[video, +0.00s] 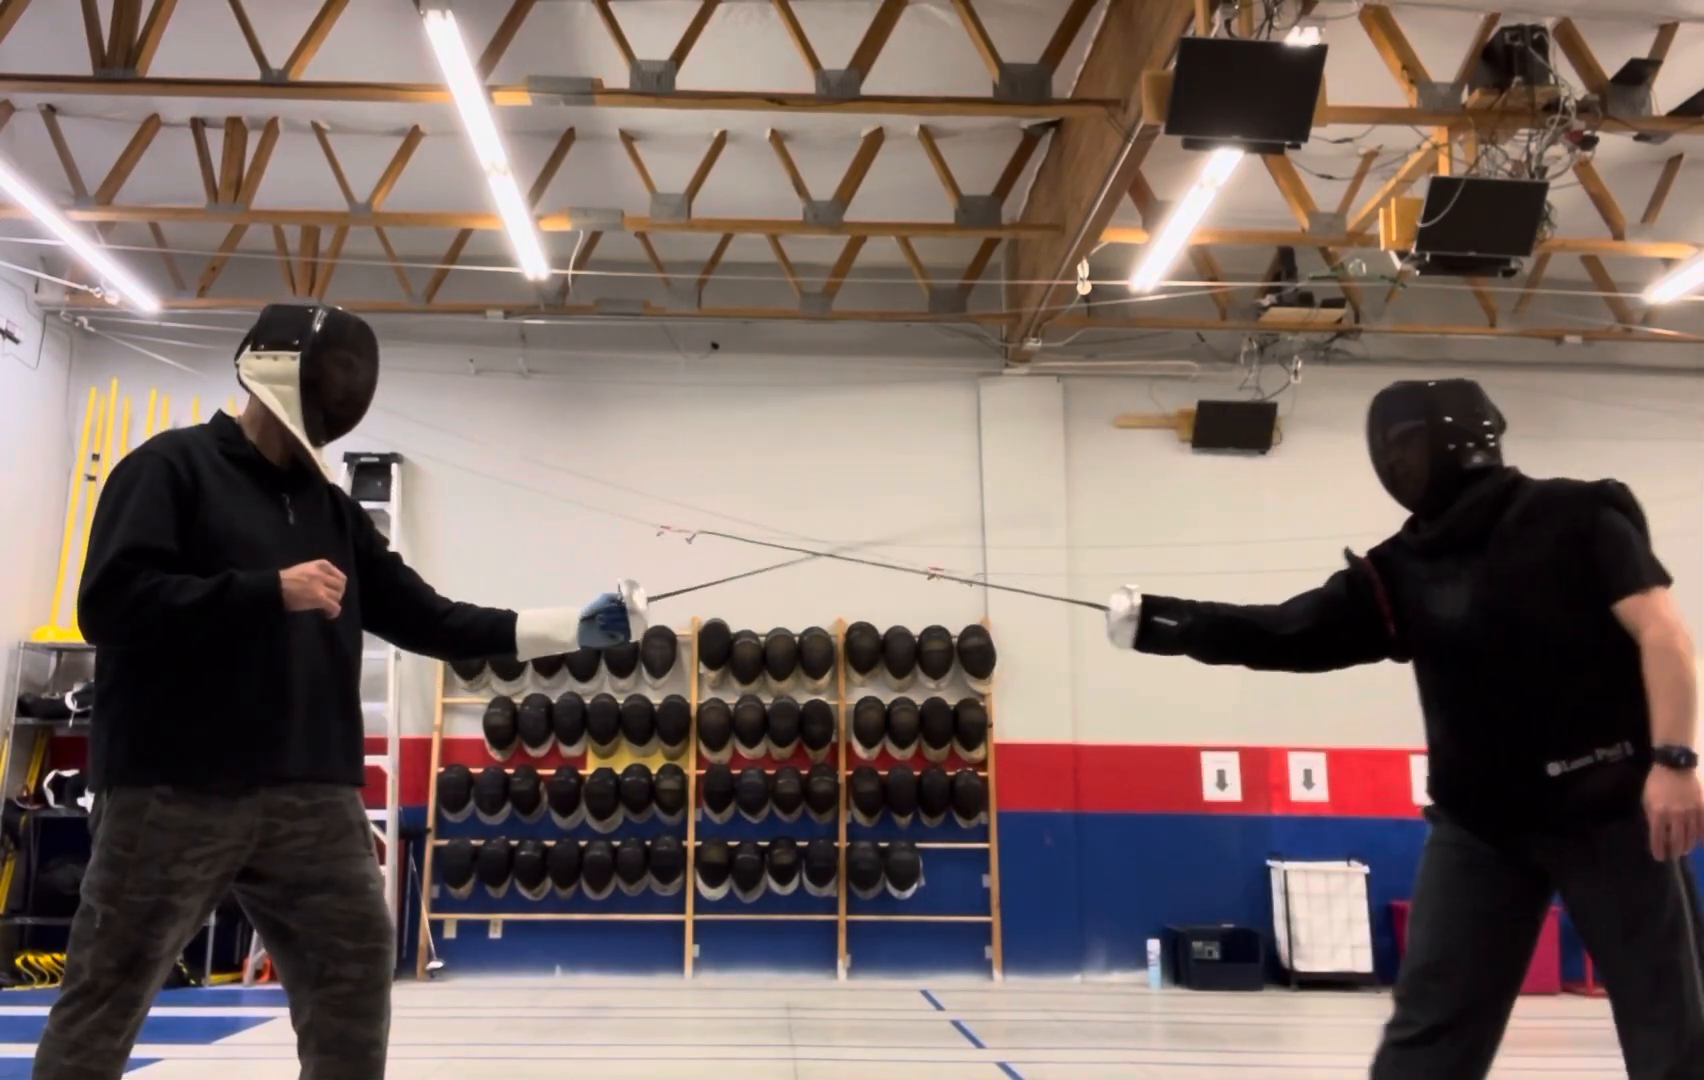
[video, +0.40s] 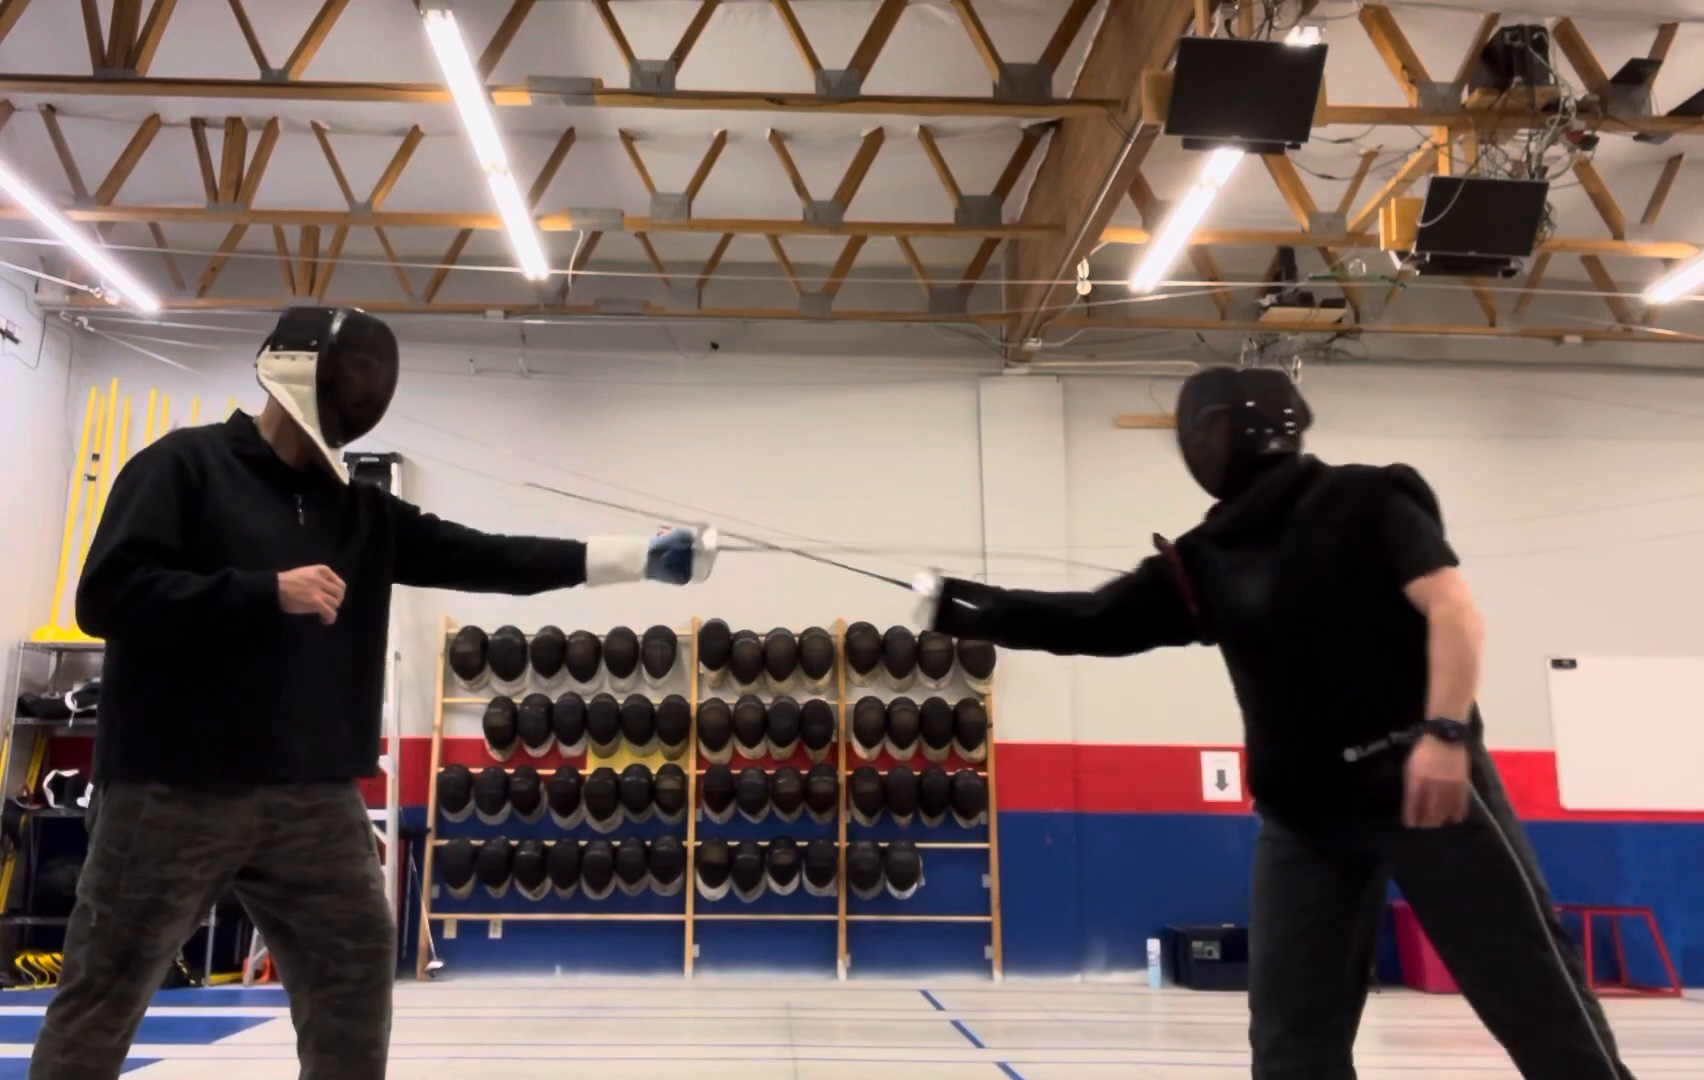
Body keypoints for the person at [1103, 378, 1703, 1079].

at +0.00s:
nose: (1391, 470)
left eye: (1400, 449)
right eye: (1385, 456)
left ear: (1446, 440)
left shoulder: (1580, 517)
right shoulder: (1404, 571)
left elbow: (1663, 633)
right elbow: (1290, 630)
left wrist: (1676, 759)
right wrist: (1163, 624)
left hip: (1608, 817)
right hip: (1480, 829)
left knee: (1668, 1038)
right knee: (1430, 1036)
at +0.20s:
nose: (1290, 470)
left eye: (1300, 449)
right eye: (1287, 453)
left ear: (1344, 441)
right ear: (1359, 448)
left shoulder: (1474, 520)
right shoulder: (1309, 580)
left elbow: (1559, 637)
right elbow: (1207, 652)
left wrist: (1588, 765)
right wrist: (1079, 639)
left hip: (1513, 820)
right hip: (1383, 834)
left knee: (1613, 1046)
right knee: (1333, 1055)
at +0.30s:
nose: (1238, 460)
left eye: (1247, 439)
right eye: (1234, 445)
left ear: (1299, 433)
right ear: (1280, 442)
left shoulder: (1419, 508)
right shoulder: (1254, 570)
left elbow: (1504, 619)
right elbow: (1156, 643)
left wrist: (1511, 749)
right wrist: (1026, 630)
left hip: (1462, 801)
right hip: (1335, 824)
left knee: (1574, 1028)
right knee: (1303, 1052)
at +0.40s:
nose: (1192, 447)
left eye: (1200, 427)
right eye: (1190, 431)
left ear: (1244, 427)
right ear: (1261, 431)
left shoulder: (1371, 502)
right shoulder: (1207, 560)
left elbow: (1455, 611)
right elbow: (1098, 619)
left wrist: (1448, 733)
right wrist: (972, 609)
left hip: (1431, 790)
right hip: (1306, 819)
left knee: (1544, 1013)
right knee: (1293, 1048)